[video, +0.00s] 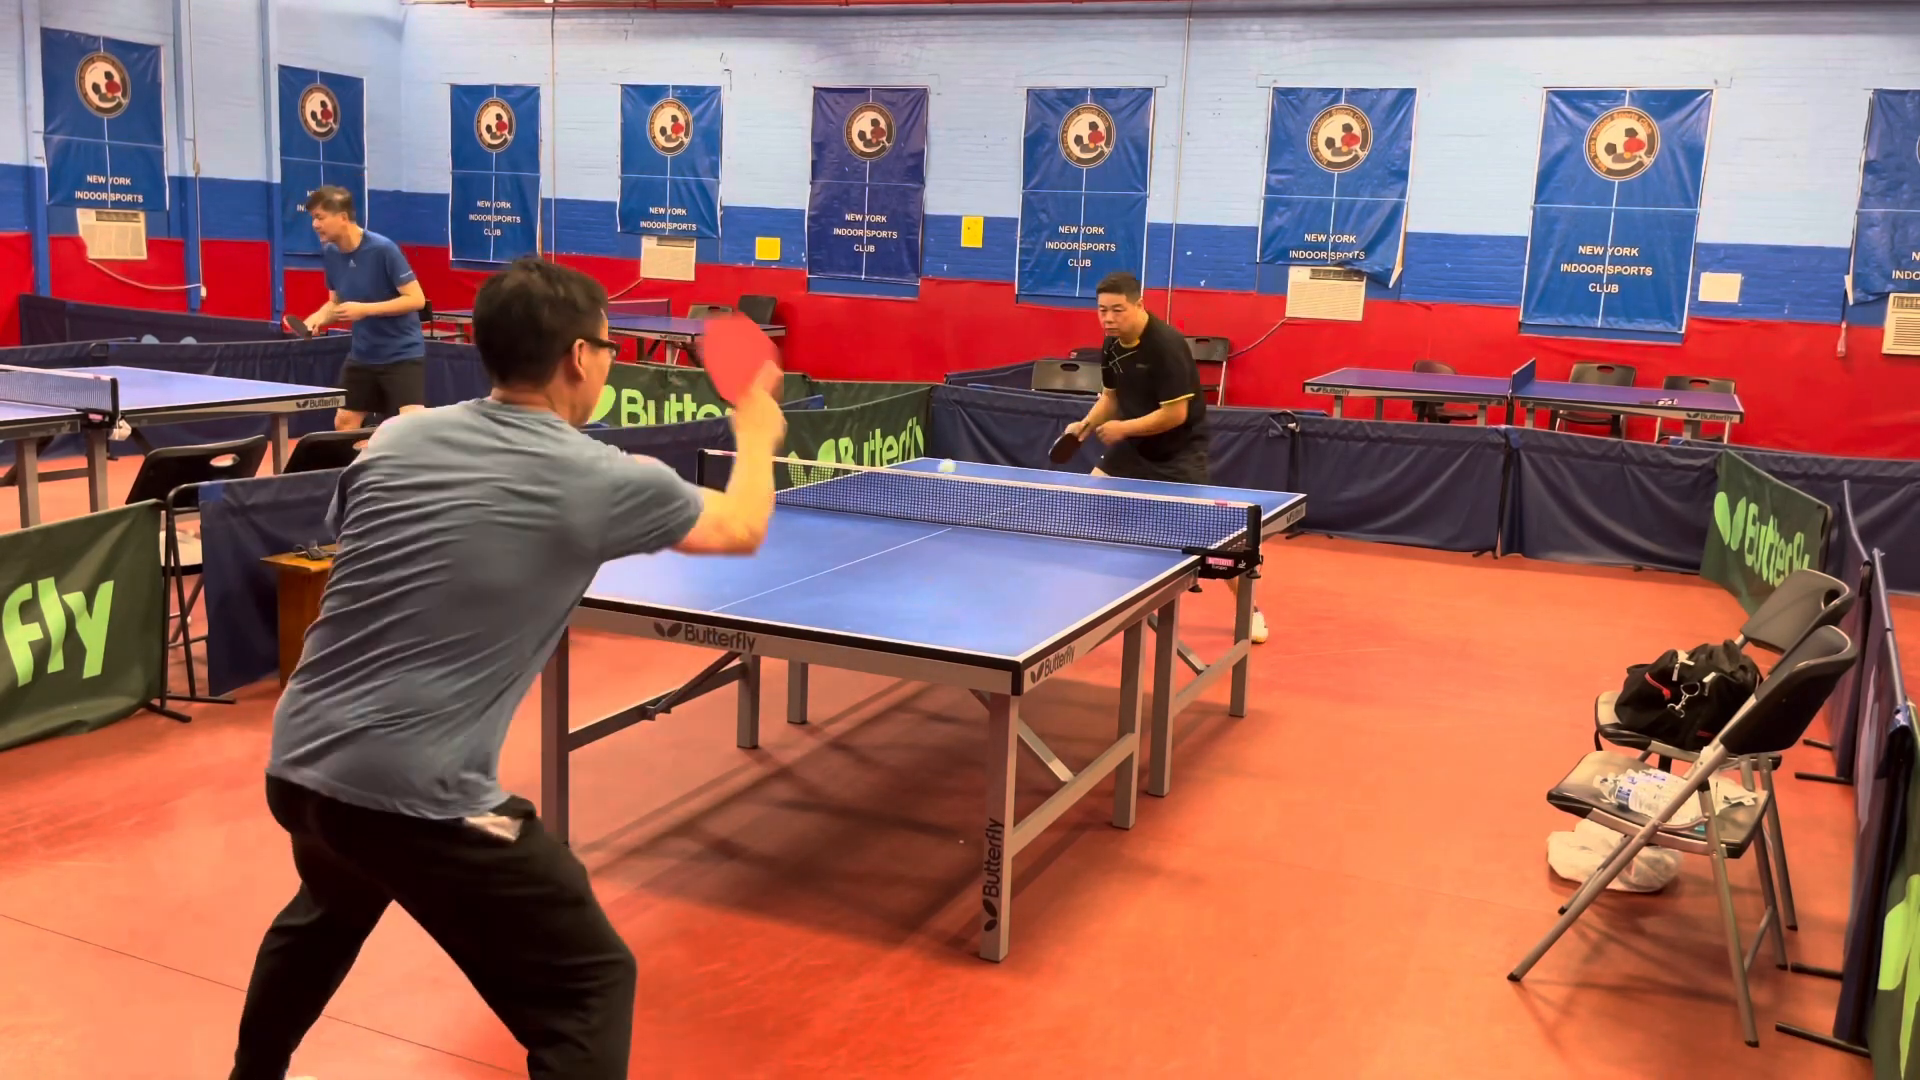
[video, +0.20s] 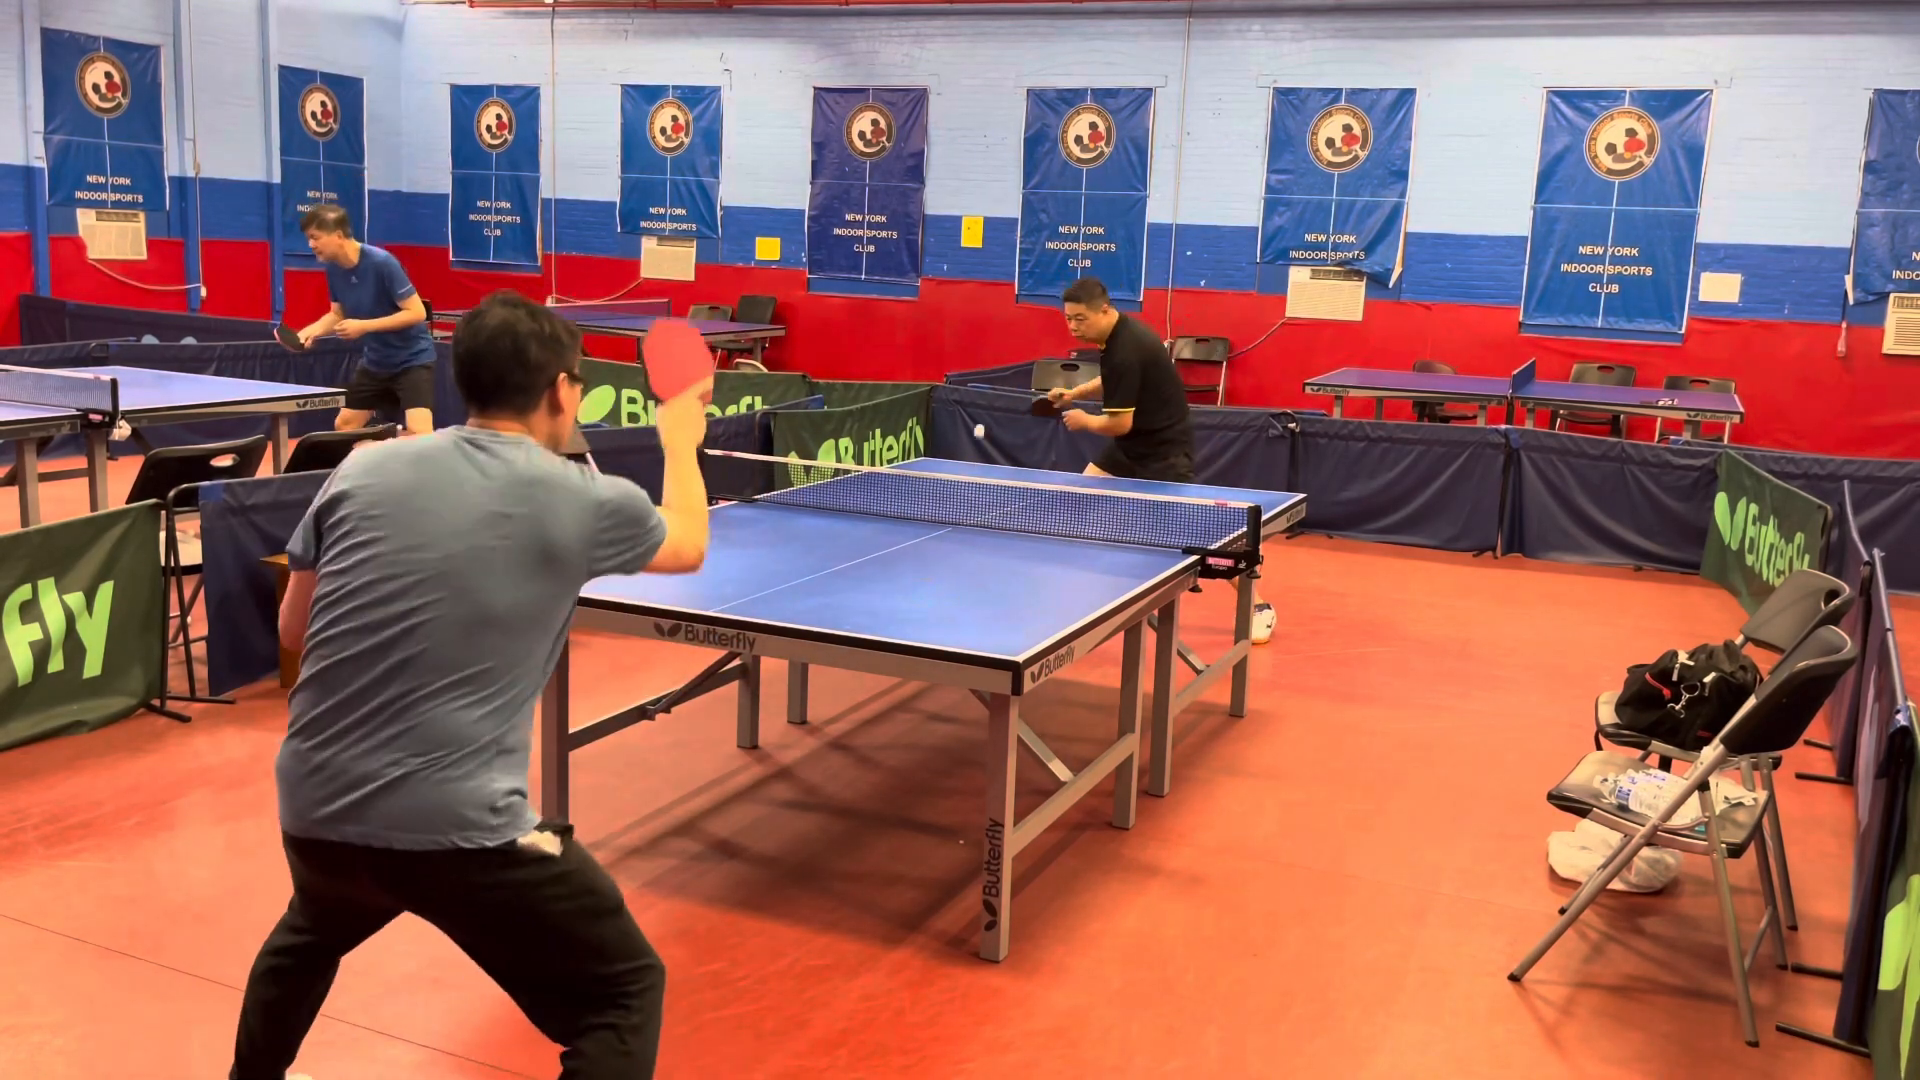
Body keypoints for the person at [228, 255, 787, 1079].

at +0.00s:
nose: (609, 365)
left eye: (607, 346)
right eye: (605, 347)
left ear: (489, 352)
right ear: (575, 359)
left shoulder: (392, 440)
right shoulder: (591, 475)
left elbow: (347, 568)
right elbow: (740, 526)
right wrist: (758, 437)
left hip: (298, 772)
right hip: (423, 795)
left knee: (331, 905)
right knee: (591, 981)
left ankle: (251, 1075)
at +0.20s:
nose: (578, 403)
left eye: (577, 383)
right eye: (577, 384)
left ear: (468, 384)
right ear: (558, 391)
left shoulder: (361, 469)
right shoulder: (568, 495)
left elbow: (294, 632)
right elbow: (686, 543)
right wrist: (682, 445)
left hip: (317, 818)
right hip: (459, 830)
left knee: (313, 928)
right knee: (621, 991)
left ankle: (251, 1072)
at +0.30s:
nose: (597, 419)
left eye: (597, 402)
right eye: (596, 403)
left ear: (485, 401)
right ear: (578, 410)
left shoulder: (374, 475)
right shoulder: (582, 527)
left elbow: (294, 628)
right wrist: (667, 554)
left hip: (304, 811)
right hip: (432, 826)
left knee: (334, 922)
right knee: (616, 991)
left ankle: (254, 1073)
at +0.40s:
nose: (633, 414)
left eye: (634, 397)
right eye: (633, 397)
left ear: (526, 388)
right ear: (614, 403)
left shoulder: (411, 450)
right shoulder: (584, 525)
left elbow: (324, 585)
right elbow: (570, 719)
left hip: (288, 766)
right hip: (404, 796)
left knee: (331, 916)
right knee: (576, 988)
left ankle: (254, 1071)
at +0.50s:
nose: (660, 425)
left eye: (662, 407)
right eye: (661, 407)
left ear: (551, 395)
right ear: (636, 415)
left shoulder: (462, 450)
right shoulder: (558, 525)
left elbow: (413, 596)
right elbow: (481, 717)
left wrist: (526, 652)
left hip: (287, 746)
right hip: (371, 783)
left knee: (330, 916)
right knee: (542, 989)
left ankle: (238, 1073)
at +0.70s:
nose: (621, 442)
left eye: (622, 425)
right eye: (619, 425)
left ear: (514, 416)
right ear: (582, 433)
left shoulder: (454, 483)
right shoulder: (470, 536)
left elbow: (439, 633)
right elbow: (395, 720)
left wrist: (558, 668)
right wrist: (515, 823)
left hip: (300, 779)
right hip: (352, 803)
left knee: (370, 917)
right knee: (543, 985)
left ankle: (236, 1070)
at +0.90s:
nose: (547, 365)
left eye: (547, 346)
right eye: (542, 345)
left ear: (428, 342)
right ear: (505, 350)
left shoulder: (336, 422)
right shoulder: (501, 458)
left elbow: (321, 567)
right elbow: (653, 523)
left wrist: (445, 613)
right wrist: (678, 418)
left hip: (243, 748)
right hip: (350, 770)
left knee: (310, 904)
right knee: (491, 984)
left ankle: (227, 1068)